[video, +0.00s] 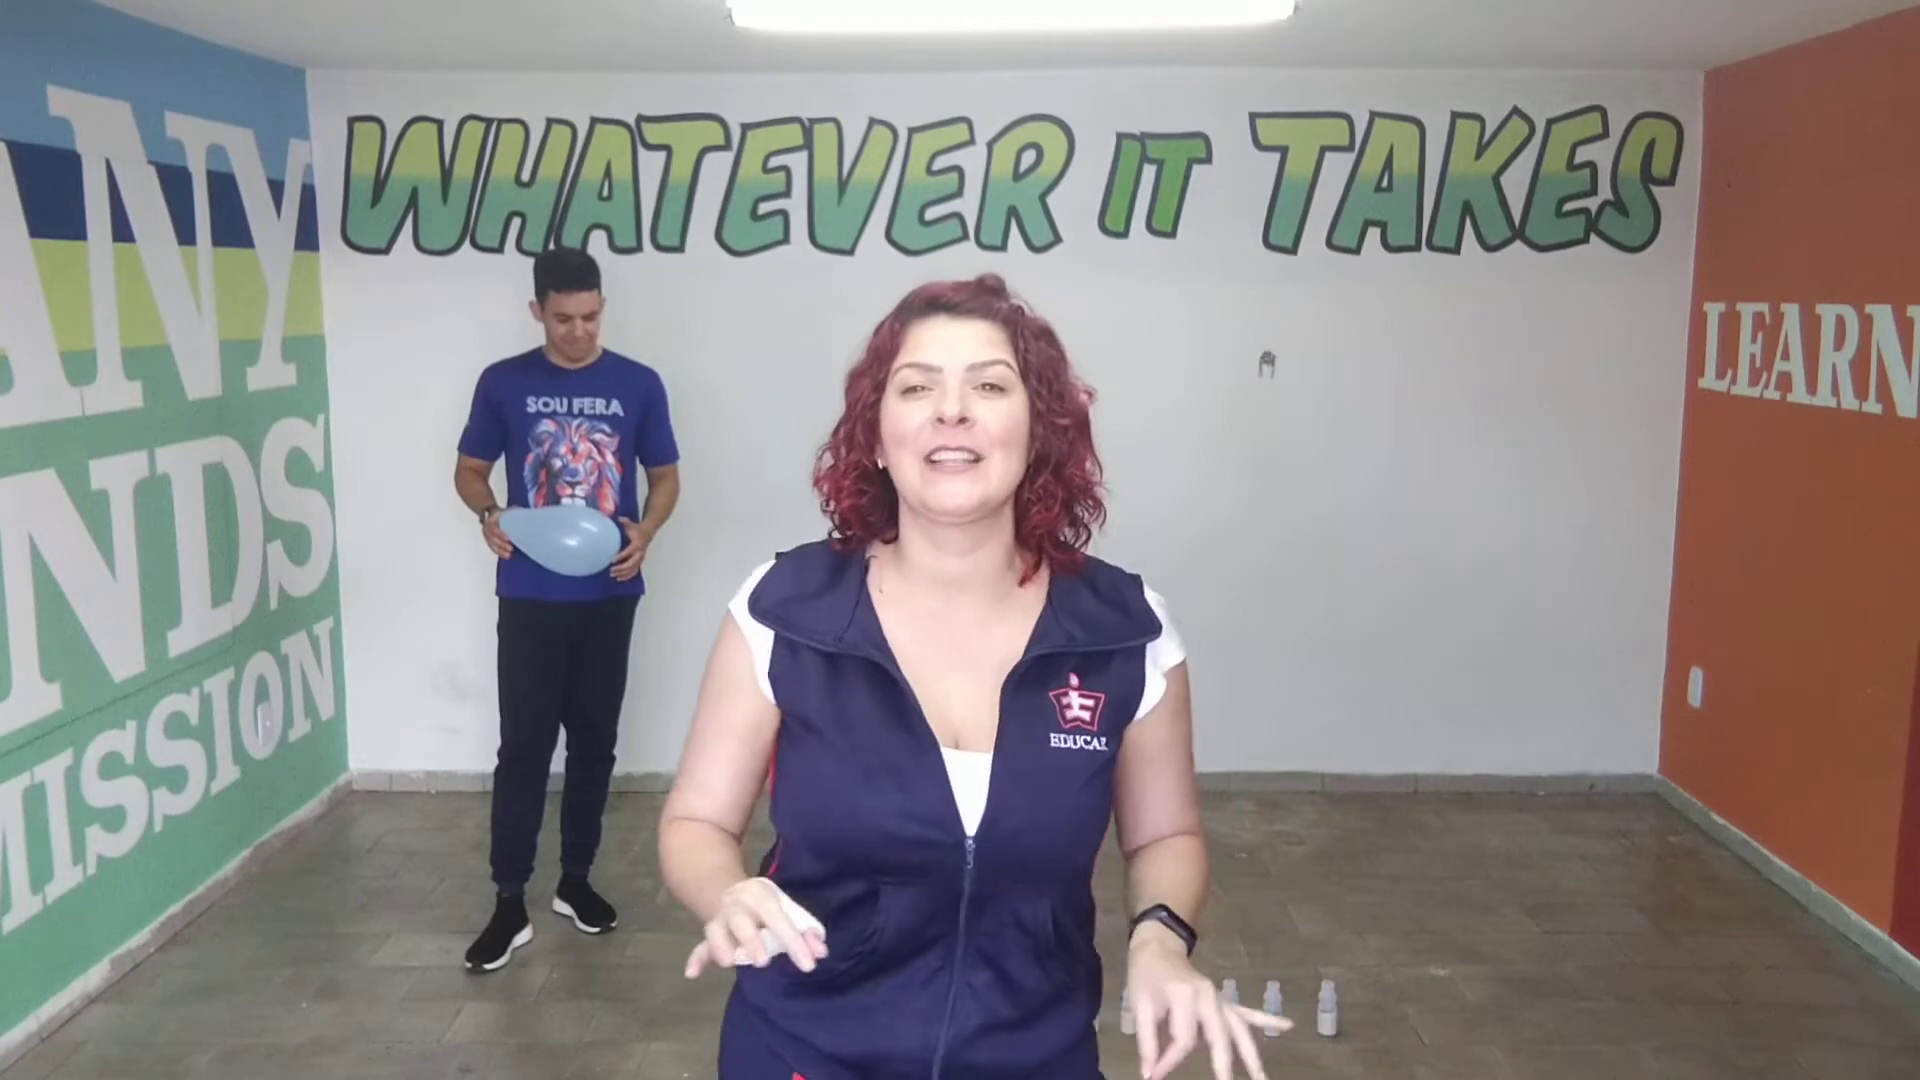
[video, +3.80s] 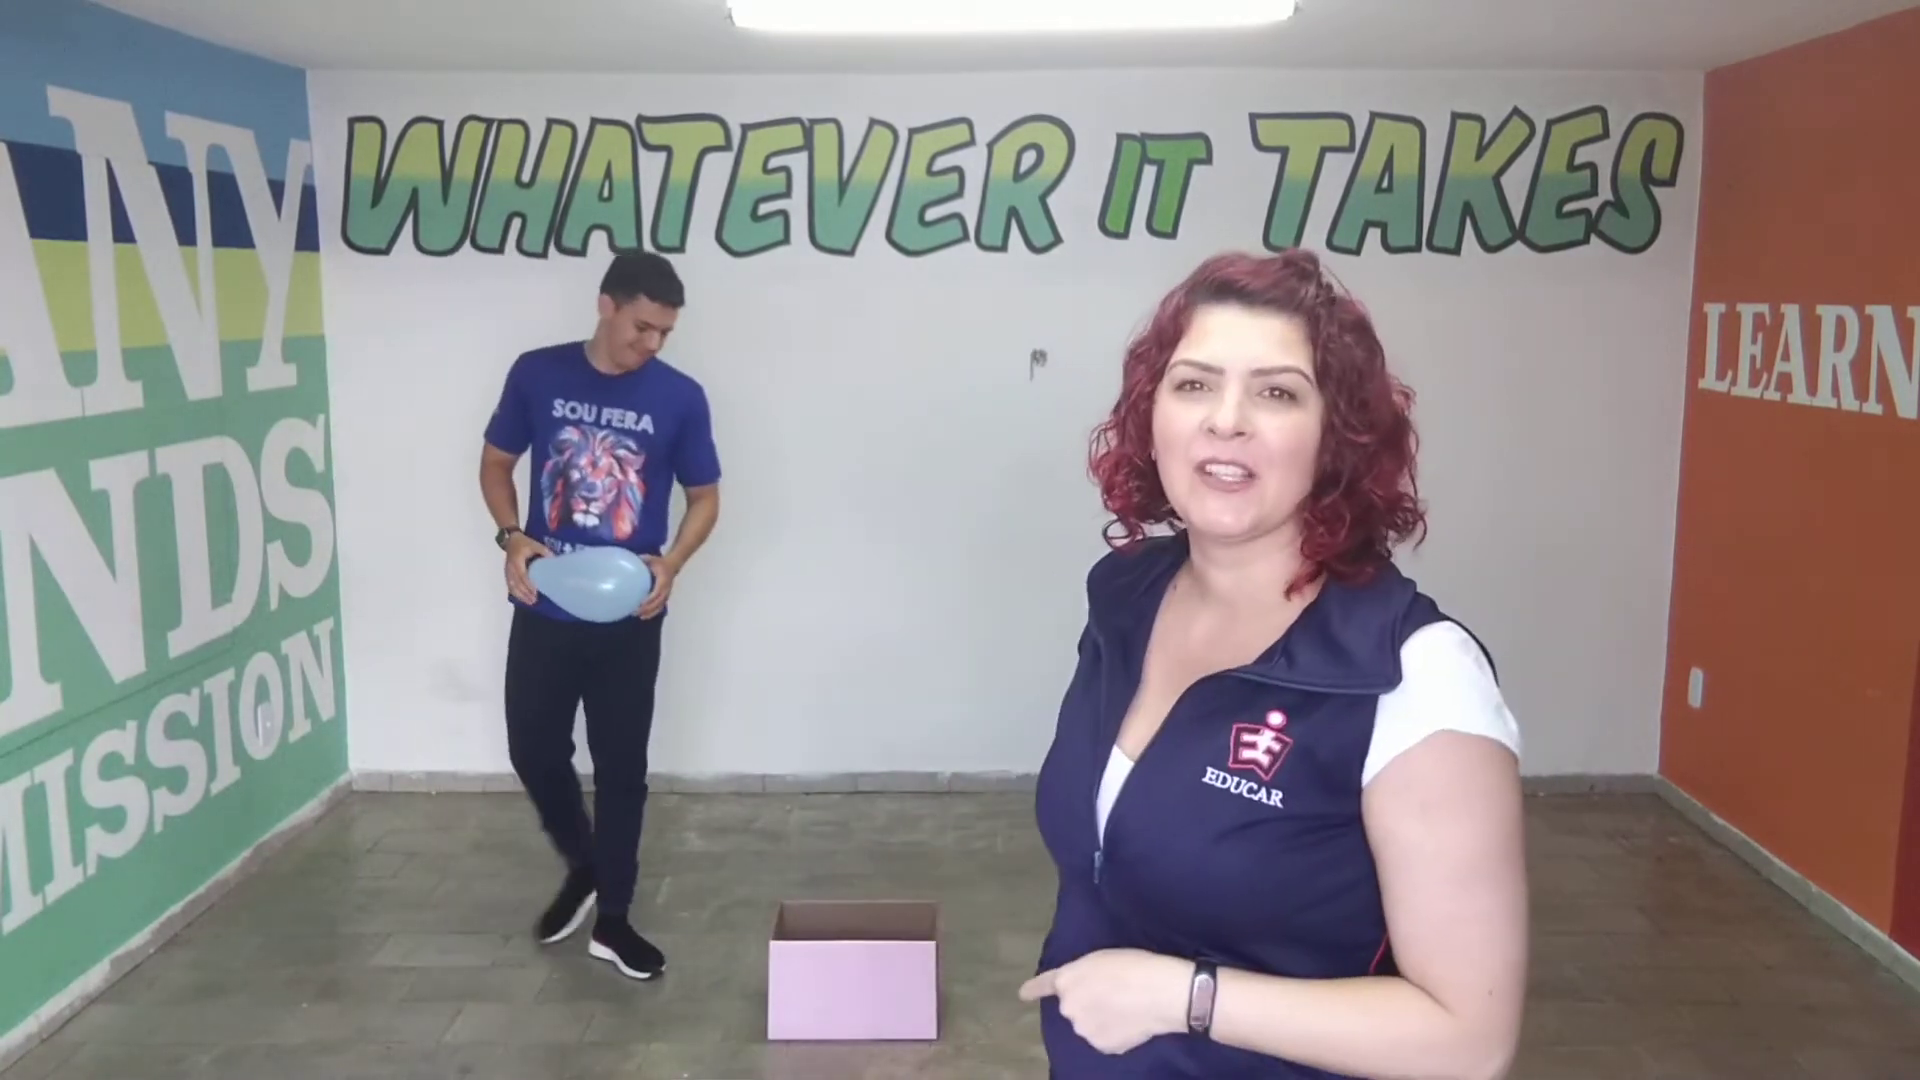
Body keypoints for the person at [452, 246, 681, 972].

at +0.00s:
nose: (578, 329)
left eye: (589, 315)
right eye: (565, 317)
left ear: (603, 310)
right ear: (539, 312)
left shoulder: (639, 387)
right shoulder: (504, 384)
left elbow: (667, 481)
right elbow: (470, 473)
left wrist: (645, 530)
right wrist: (489, 513)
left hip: (608, 599)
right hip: (531, 599)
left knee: (594, 747)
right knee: (524, 749)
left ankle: (575, 882)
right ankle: (509, 902)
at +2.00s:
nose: (495, 299)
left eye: (508, 288)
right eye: (482, 288)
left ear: (532, 299)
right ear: (466, 300)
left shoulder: (576, 383)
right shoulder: (436, 386)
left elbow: (610, 480)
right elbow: (407, 481)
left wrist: (581, 531)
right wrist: (424, 521)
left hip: (554, 607)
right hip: (471, 609)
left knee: (565, 750)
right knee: (469, 761)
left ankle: (572, 881)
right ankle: (465, 911)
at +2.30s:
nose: (459, 302)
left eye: (473, 290)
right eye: (445, 291)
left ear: (496, 300)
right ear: (429, 302)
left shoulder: (544, 383)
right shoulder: (400, 391)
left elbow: (580, 483)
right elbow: (366, 499)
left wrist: (553, 532)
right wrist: (354, 436)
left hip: (532, 608)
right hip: (445, 614)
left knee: (555, 751)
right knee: (453, 765)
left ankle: (572, 881)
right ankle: (464, 913)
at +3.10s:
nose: (527, 328)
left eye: (536, 316)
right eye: (515, 313)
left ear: (542, 316)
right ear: (474, 306)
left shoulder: (564, 389)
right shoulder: (417, 392)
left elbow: (595, 485)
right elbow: (376, 489)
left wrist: (583, 533)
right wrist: (405, 515)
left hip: (553, 618)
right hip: (464, 621)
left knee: (583, 766)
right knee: (467, 774)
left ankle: (610, 919)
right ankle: (466, 915)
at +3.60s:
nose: (630, 347)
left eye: (640, 333)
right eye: (620, 330)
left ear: (646, 327)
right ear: (580, 310)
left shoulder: (657, 397)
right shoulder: (513, 378)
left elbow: (680, 498)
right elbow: (467, 469)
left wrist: (647, 562)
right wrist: (489, 534)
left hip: (616, 616)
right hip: (528, 610)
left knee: (615, 771)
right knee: (499, 763)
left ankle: (612, 920)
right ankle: (476, 908)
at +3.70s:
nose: (642, 347)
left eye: (653, 334)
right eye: (633, 330)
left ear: (660, 328)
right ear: (595, 310)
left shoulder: (671, 397)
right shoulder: (529, 375)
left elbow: (696, 499)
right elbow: (484, 464)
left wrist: (660, 565)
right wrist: (501, 533)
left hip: (623, 615)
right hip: (536, 609)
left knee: (618, 770)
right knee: (519, 758)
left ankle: (612, 922)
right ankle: (521, 900)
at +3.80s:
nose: (652, 345)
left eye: (662, 334)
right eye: (643, 329)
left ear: (668, 327)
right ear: (606, 307)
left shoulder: (679, 399)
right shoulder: (538, 374)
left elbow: (705, 500)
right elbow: (496, 462)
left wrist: (673, 560)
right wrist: (511, 533)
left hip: (628, 615)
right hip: (543, 608)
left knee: (622, 765)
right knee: (533, 751)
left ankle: (612, 917)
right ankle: (583, 863)